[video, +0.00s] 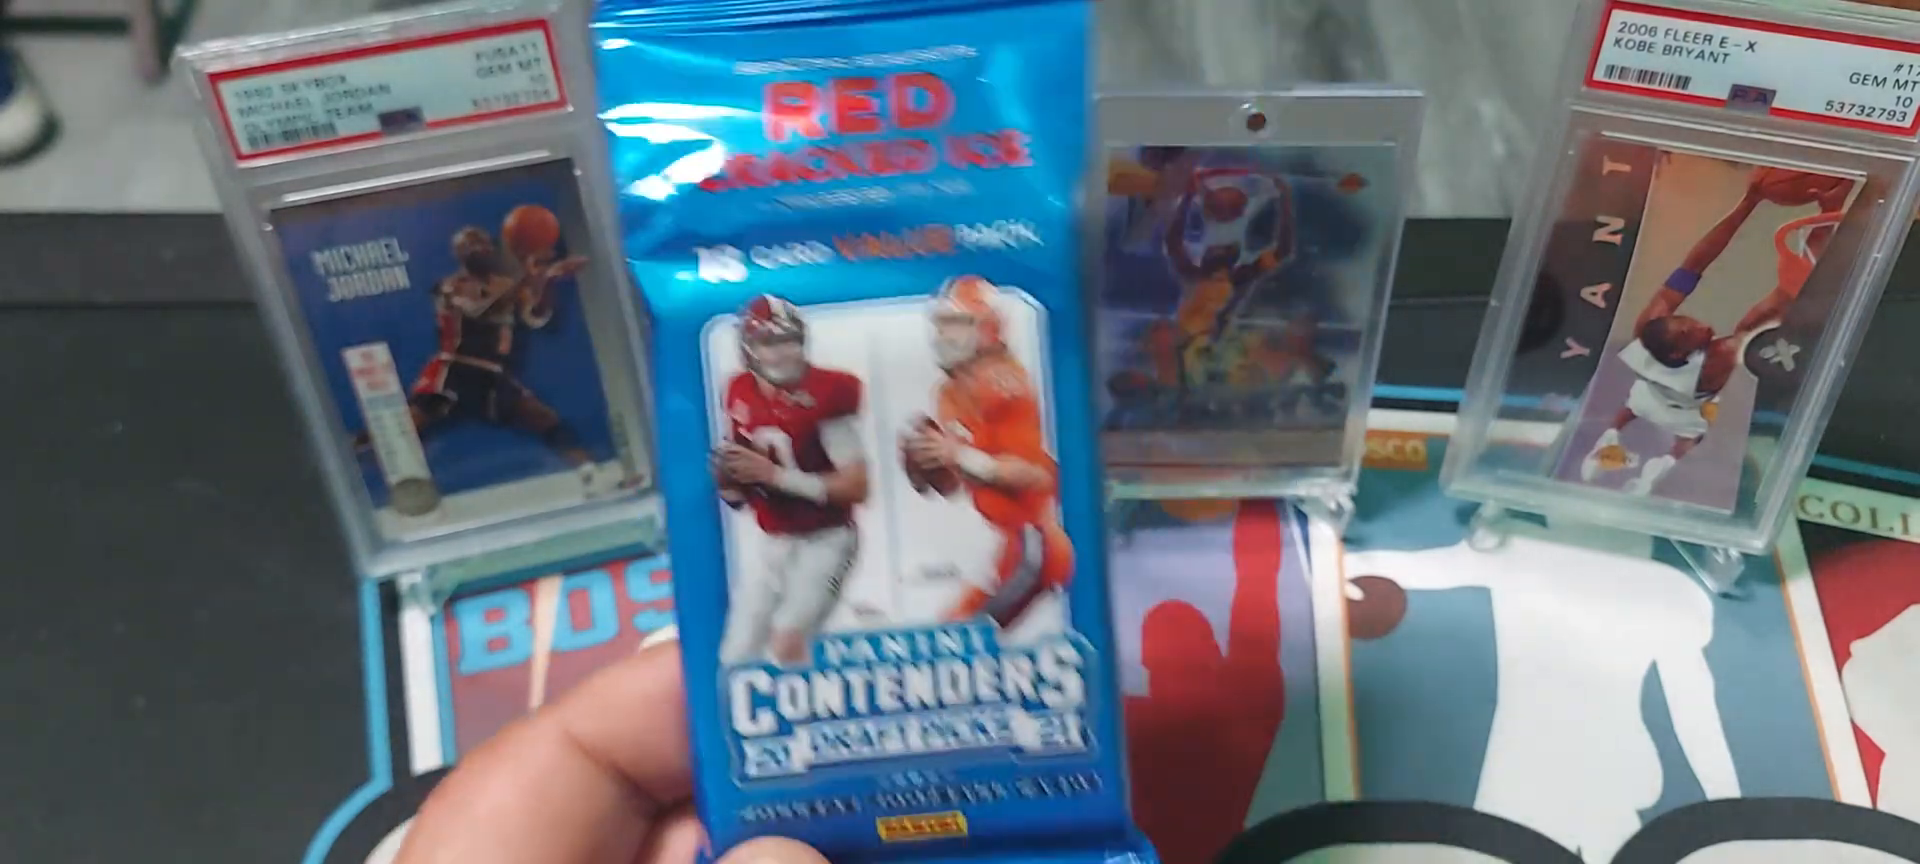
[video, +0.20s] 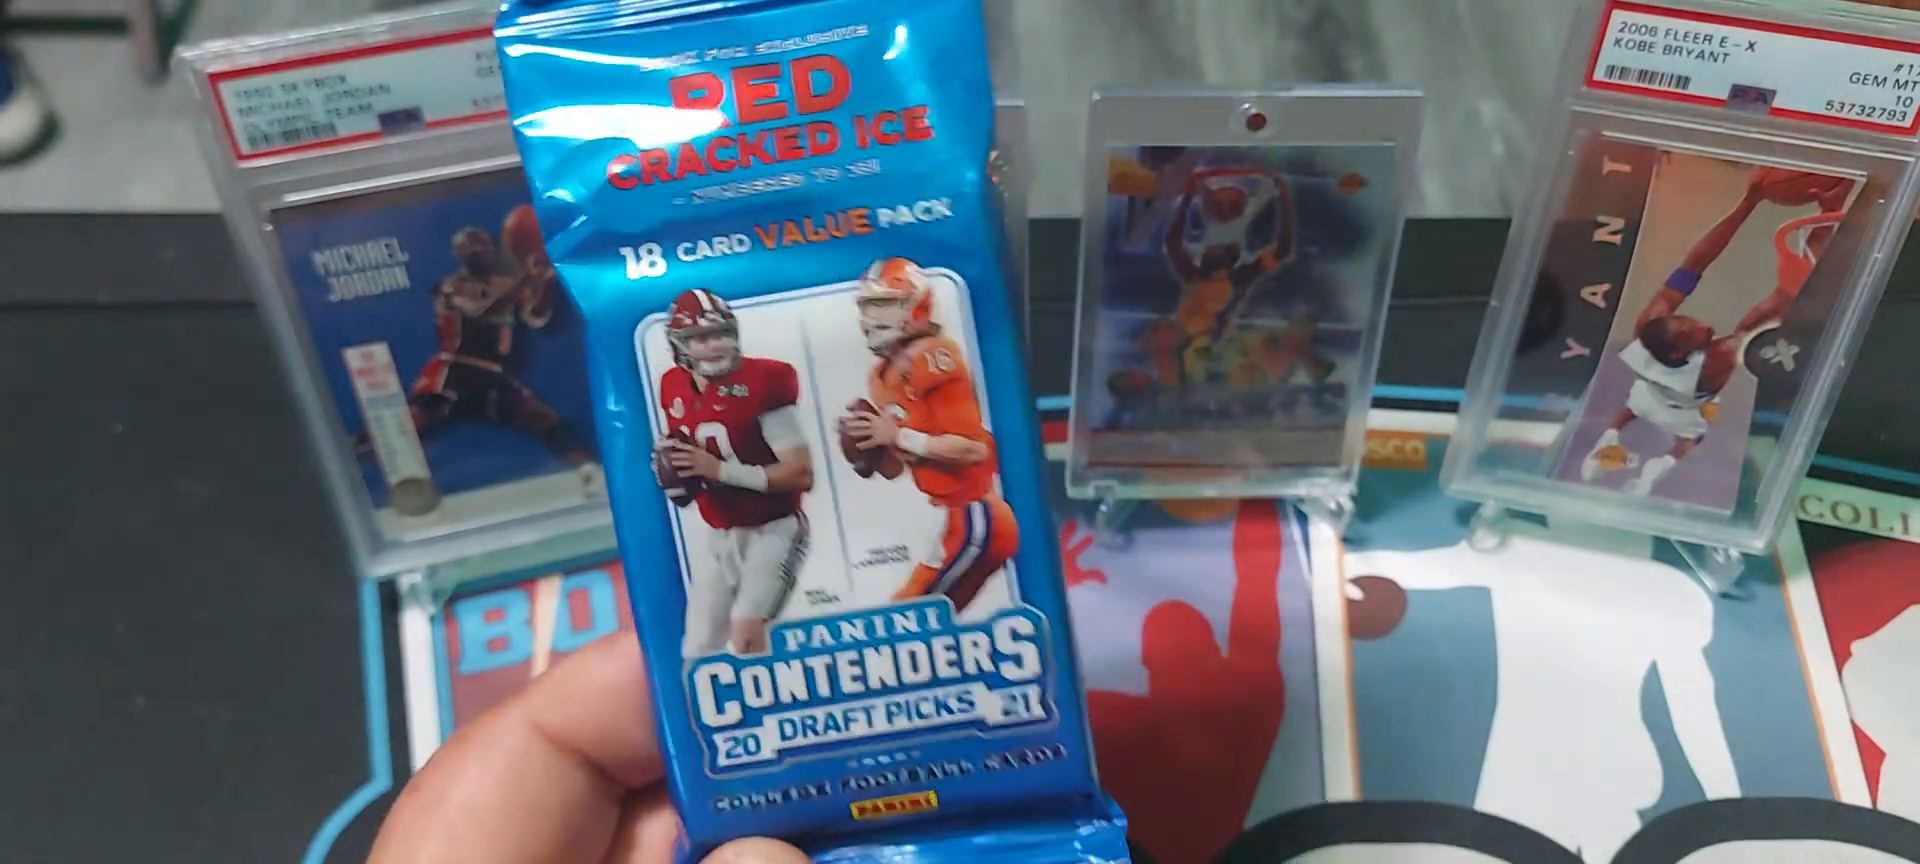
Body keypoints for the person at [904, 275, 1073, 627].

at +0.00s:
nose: (943, 335)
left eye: (955, 323)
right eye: (940, 324)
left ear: (984, 329)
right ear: (935, 328)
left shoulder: (1004, 382)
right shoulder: (953, 390)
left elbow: (1035, 474)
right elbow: (950, 483)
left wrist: (958, 454)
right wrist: (920, 461)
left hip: (1034, 540)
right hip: (1009, 536)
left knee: (955, 635)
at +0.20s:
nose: (873, 317)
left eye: (885, 304)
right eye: (867, 306)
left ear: (915, 308)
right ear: (859, 311)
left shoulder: (933, 357)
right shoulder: (881, 373)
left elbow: (974, 449)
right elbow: (893, 467)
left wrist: (896, 435)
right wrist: (864, 450)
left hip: (978, 519)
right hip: (956, 518)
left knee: (902, 623)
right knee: (917, 628)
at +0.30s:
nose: (941, 352)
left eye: (954, 339)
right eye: (936, 340)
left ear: (986, 346)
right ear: (928, 345)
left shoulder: (1003, 399)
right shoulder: (947, 412)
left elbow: (1039, 496)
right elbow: (953, 508)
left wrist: (958, 476)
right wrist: (926, 486)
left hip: (1037, 565)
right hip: (1012, 562)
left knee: (953, 668)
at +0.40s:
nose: (988, 383)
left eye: (1002, 373)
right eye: (982, 372)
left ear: (1034, 377)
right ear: (974, 375)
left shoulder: (1047, 430)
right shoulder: (987, 444)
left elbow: (1078, 529)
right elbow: (990, 541)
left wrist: (999, 509)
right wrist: (962, 515)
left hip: (1073, 600)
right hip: (1054, 599)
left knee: (980, 698)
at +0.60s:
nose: (1027, 423)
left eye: (1041, 413)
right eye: (1023, 411)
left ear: (1072, 419)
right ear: (1014, 414)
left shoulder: (1083, 475)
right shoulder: (1019, 484)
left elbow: (1102, 575)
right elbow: (1014, 580)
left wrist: (1027, 549)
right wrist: (988, 551)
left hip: (1093, 649)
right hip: (1067, 646)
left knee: (986, 737)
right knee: (995, 743)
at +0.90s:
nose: (999, 461)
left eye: (1013, 451)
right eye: (995, 449)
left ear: (1045, 458)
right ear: (987, 453)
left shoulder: (1056, 513)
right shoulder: (991, 518)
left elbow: (1071, 610)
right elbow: (989, 611)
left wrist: (994, 579)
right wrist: (962, 589)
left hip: (1062, 681)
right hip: (1037, 677)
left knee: (958, 764)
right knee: (968, 770)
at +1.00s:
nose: (977, 490)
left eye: (991, 480)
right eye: (972, 479)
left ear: (1023, 485)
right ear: (964, 483)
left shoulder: (1040, 541)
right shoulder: (973, 547)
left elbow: (1059, 635)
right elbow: (972, 637)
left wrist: (983, 608)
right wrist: (943, 611)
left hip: (1052, 704)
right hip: (1028, 700)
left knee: (948, 782)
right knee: (957, 788)